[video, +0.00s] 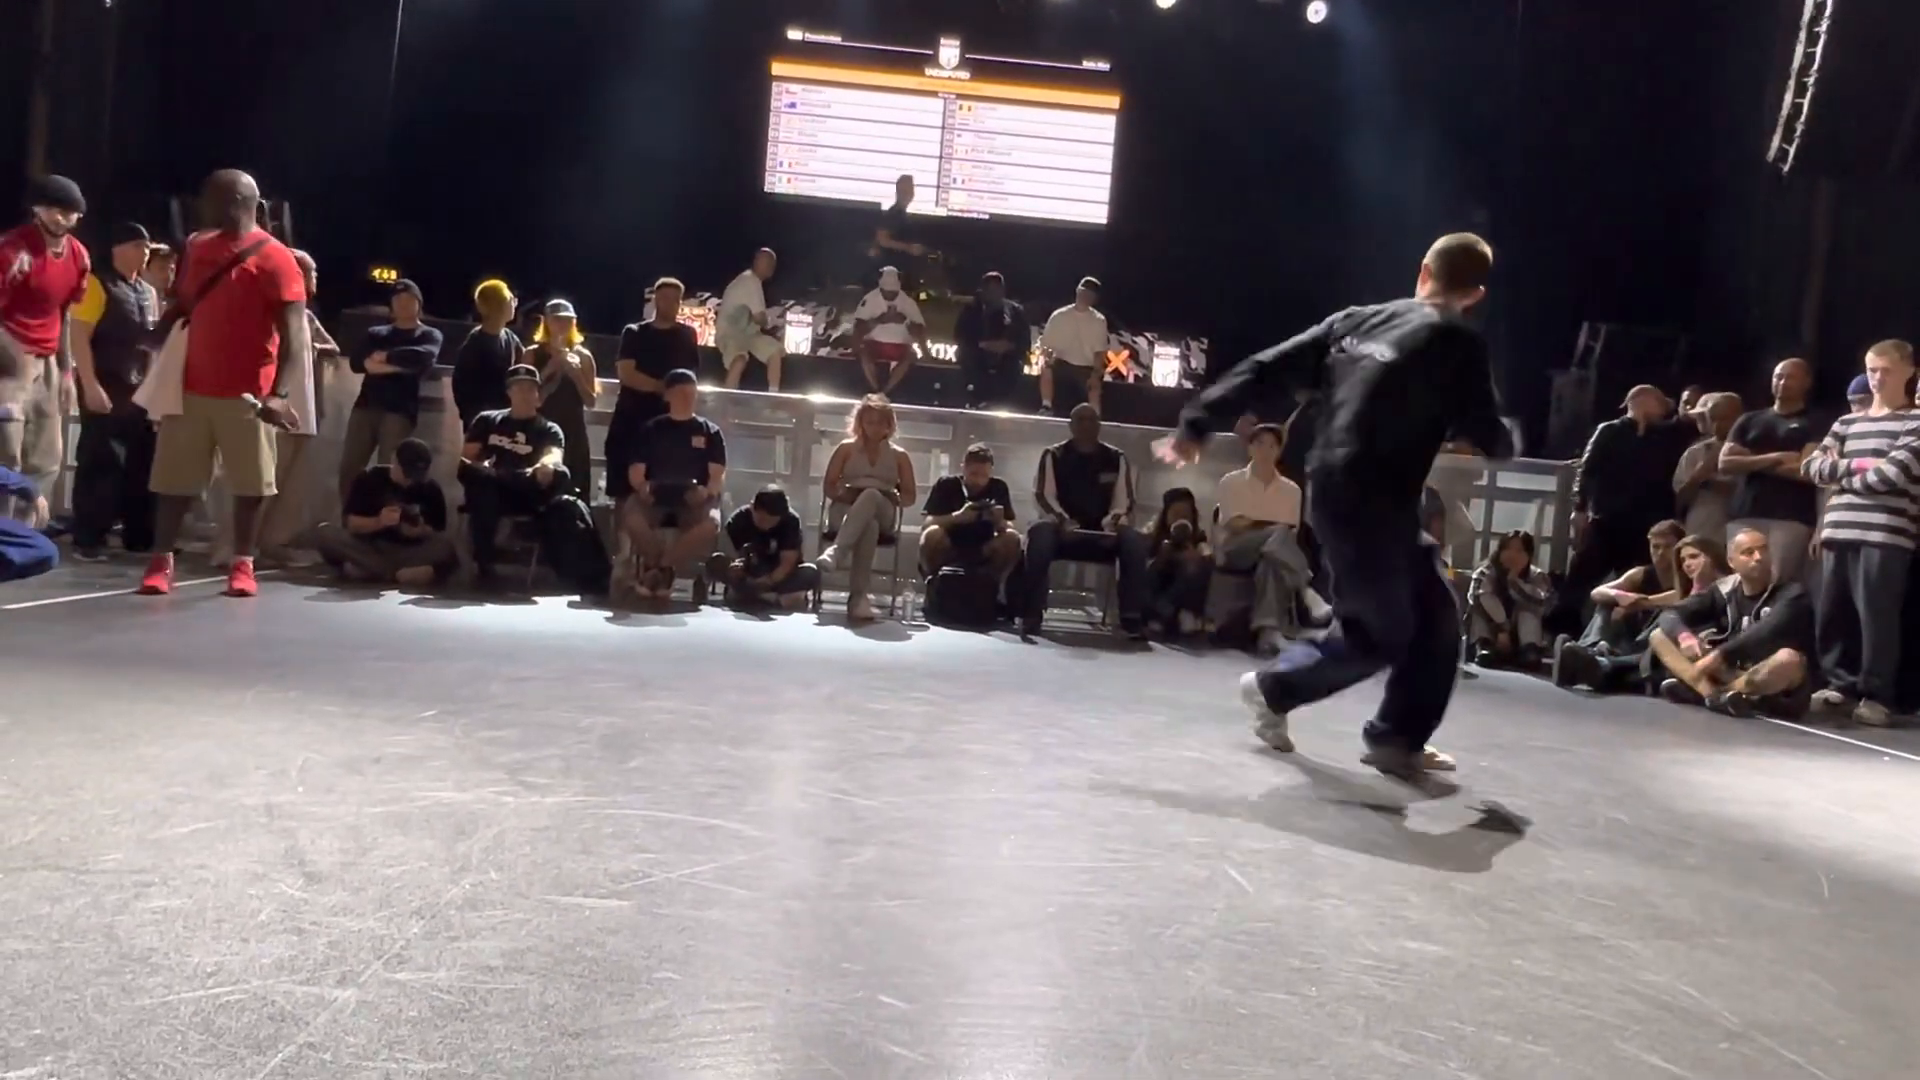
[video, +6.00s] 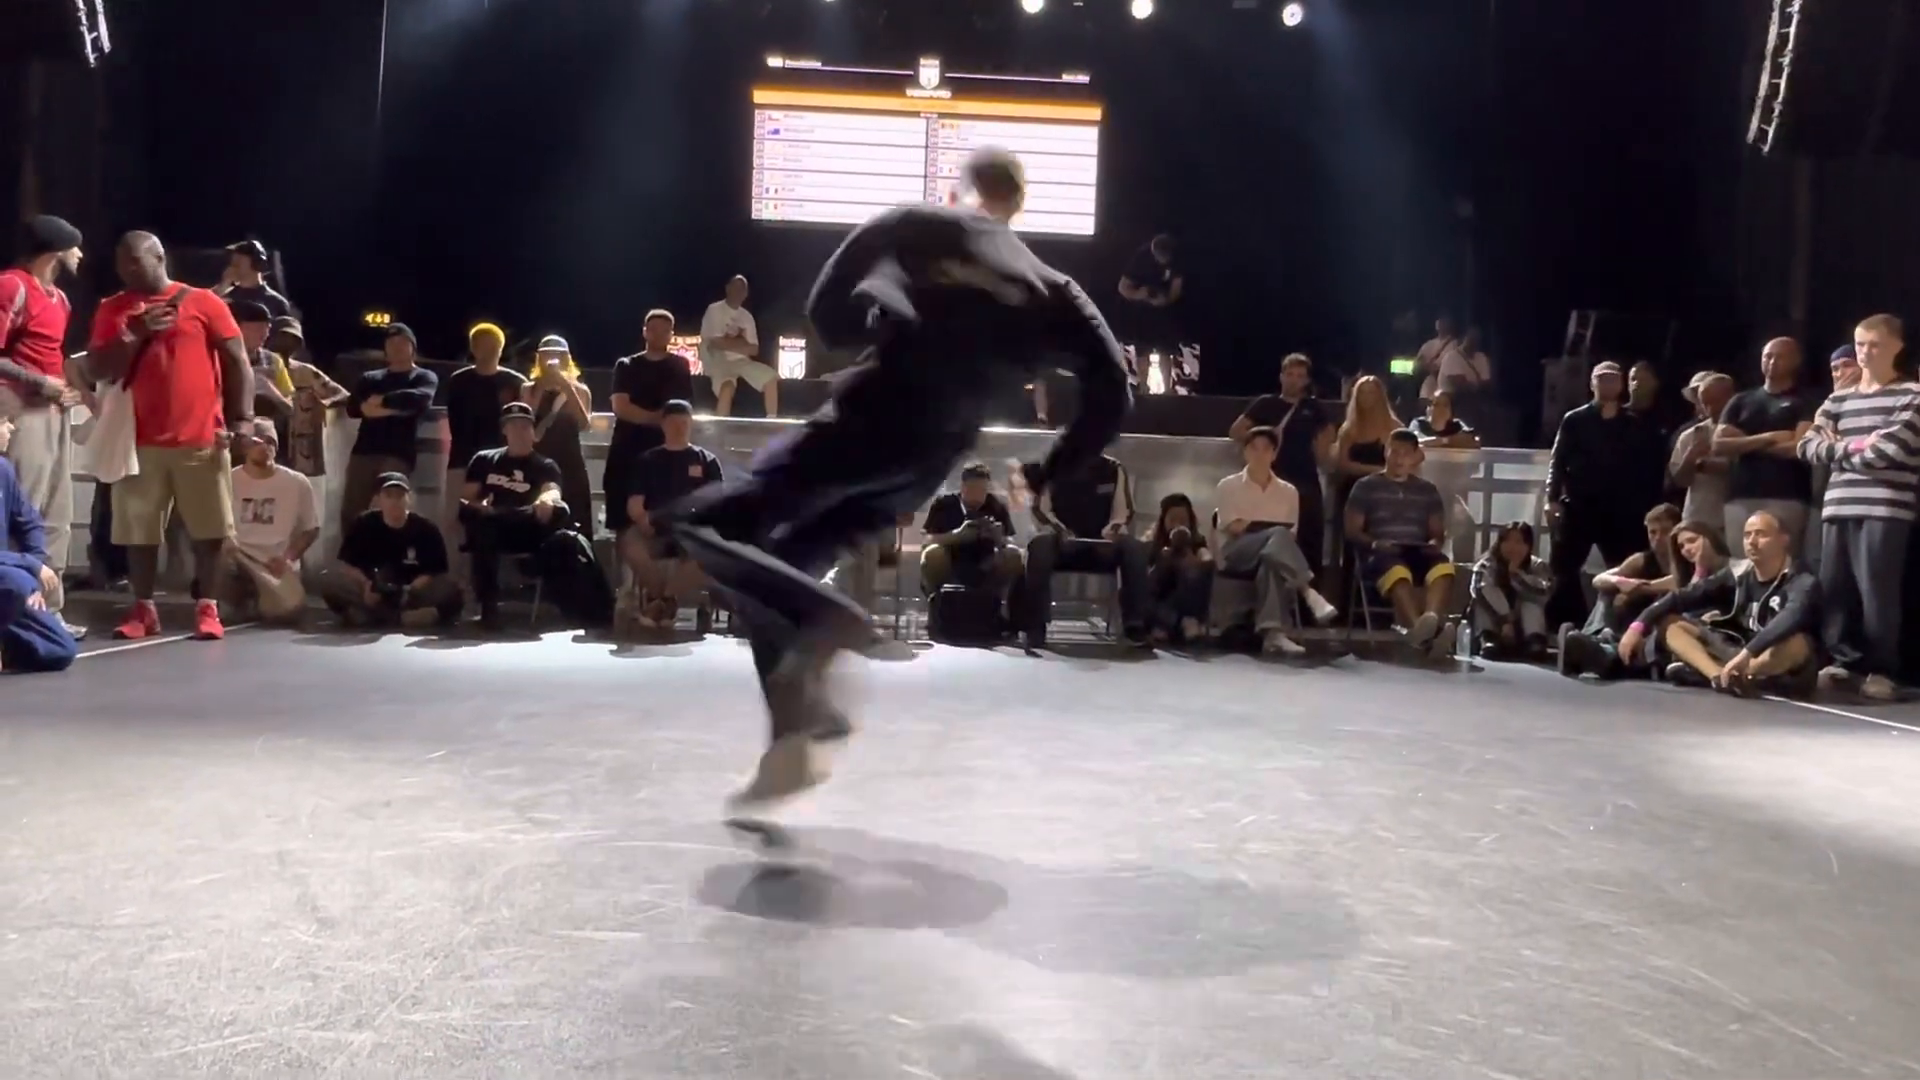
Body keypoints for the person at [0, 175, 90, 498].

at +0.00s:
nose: (66, 219)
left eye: (72, 213)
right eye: (59, 210)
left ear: (79, 217)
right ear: (38, 210)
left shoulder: (78, 255)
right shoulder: (14, 248)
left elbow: (67, 315)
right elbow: (2, 311)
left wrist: (67, 370)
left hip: (49, 362)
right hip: (12, 360)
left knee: (47, 455)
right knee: (10, 452)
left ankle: (29, 532)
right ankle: (6, 530)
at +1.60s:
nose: (73, 205)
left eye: (70, 198)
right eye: (65, 199)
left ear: (49, 209)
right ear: (44, 207)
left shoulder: (63, 249)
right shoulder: (8, 253)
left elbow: (60, 300)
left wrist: (73, 342)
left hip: (49, 355)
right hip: (9, 361)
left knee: (62, 444)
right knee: (6, 449)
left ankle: (70, 526)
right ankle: (7, 531)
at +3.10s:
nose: (89, 243)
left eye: (92, 236)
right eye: (84, 233)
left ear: (68, 229)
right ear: (58, 223)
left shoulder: (73, 272)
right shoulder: (14, 250)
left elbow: (66, 322)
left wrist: (70, 337)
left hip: (52, 380)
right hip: (10, 380)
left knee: (47, 485)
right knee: (6, 486)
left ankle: (32, 579)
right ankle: (4, 582)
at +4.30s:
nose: (78, 291)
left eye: (82, 285)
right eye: (73, 282)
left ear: (69, 280)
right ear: (50, 272)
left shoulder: (68, 322)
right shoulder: (11, 298)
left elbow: (69, 375)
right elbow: (4, 309)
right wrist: (4, 297)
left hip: (46, 425)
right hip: (7, 424)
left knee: (42, 525)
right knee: (6, 521)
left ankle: (27, 622)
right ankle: (8, 621)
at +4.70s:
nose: (75, 289)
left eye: (77, 282)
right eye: (70, 281)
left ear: (58, 280)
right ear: (45, 275)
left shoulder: (67, 324)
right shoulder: (8, 304)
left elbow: (64, 379)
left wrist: (56, 414)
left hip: (47, 428)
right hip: (8, 428)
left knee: (47, 525)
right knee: (7, 524)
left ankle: (33, 623)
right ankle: (9, 623)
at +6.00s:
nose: (78, 256)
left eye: (77, 249)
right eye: (73, 249)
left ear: (50, 251)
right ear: (55, 251)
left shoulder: (59, 297)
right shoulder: (15, 286)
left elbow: (49, 353)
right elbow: (2, 352)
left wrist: (69, 387)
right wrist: (38, 381)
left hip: (54, 409)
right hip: (21, 411)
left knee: (56, 510)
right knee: (24, 508)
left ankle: (48, 610)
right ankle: (22, 608)